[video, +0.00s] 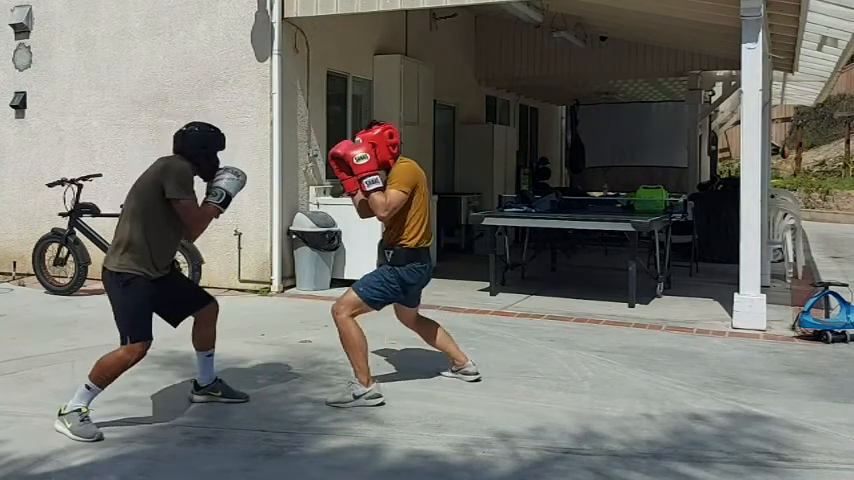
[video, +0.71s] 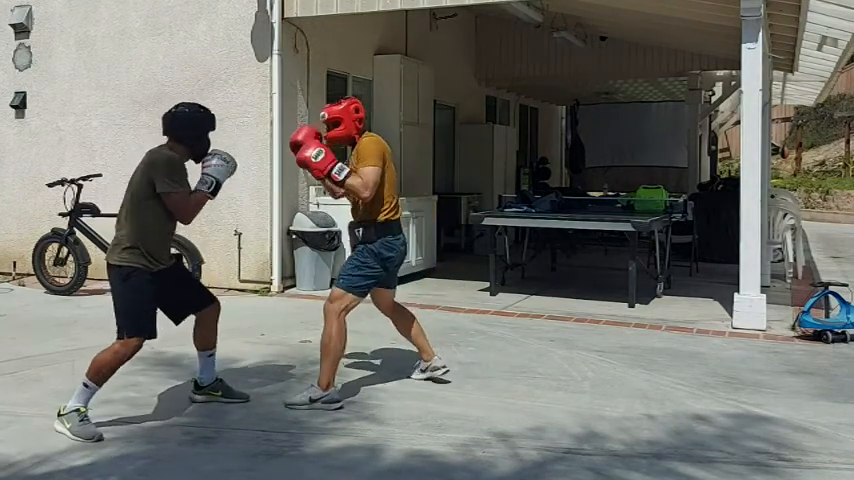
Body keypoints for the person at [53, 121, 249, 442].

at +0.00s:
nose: (218, 159)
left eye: (218, 152)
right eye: (215, 152)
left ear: (187, 148)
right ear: (200, 152)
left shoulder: (176, 174)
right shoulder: (174, 168)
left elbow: (188, 231)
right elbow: (195, 225)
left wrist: (215, 200)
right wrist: (219, 195)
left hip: (157, 270)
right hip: (127, 271)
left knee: (207, 309)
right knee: (136, 345)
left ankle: (206, 383)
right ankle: (73, 410)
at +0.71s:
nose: (210, 140)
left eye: (210, 133)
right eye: (207, 133)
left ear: (176, 132)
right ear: (193, 134)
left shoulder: (172, 163)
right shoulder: (163, 159)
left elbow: (179, 212)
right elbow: (186, 213)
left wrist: (208, 183)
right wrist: (209, 180)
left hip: (159, 262)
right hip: (130, 262)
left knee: (209, 307)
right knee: (132, 339)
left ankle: (206, 381)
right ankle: (73, 409)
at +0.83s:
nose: (219, 137)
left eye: (219, 131)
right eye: (216, 130)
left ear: (192, 132)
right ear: (202, 132)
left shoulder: (201, 157)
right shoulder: (173, 153)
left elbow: (244, 154)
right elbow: (200, 203)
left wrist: (292, 143)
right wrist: (224, 170)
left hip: (161, 256)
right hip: (127, 255)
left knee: (204, 308)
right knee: (121, 331)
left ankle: (207, 383)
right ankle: (70, 406)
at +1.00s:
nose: (218, 139)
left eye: (217, 133)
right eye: (213, 133)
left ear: (189, 135)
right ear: (199, 136)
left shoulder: (201, 163)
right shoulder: (168, 160)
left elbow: (231, 188)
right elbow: (194, 211)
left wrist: (257, 176)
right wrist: (221, 178)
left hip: (165, 257)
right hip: (129, 255)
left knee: (211, 308)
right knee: (107, 330)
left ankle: (208, 381)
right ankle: (44, 399)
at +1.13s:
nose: (193, 148)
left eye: (192, 142)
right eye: (188, 143)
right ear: (174, 148)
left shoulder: (183, 175)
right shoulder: (142, 177)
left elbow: (203, 215)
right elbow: (179, 224)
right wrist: (198, 187)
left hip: (163, 269)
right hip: (123, 270)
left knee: (215, 310)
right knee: (91, 343)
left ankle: (207, 381)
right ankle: (25, 406)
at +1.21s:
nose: (176, 157)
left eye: (175, 150)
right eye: (170, 152)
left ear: (154, 158)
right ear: (151, 158)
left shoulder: (170, 184)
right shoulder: (126, 187)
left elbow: (184, 228)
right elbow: (166, 232)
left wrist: (200, 248)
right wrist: (186, 193)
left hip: (158, 274)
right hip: (116, 276)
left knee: (213, 313)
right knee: (91, 346)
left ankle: (207, 382)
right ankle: (25, 409)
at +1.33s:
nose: (151, 165)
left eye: (149, 158)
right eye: (144, 161)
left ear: (131, 167)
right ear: (124, 171)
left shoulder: (147, 187)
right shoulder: (95, 200)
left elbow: (167, 226)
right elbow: (135, 245)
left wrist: (175, 246)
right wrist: (158, 205)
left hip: (145, 277)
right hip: (103, 281)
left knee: (205, 315)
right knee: (84, 347)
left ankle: (207, 382)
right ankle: (23, 410)